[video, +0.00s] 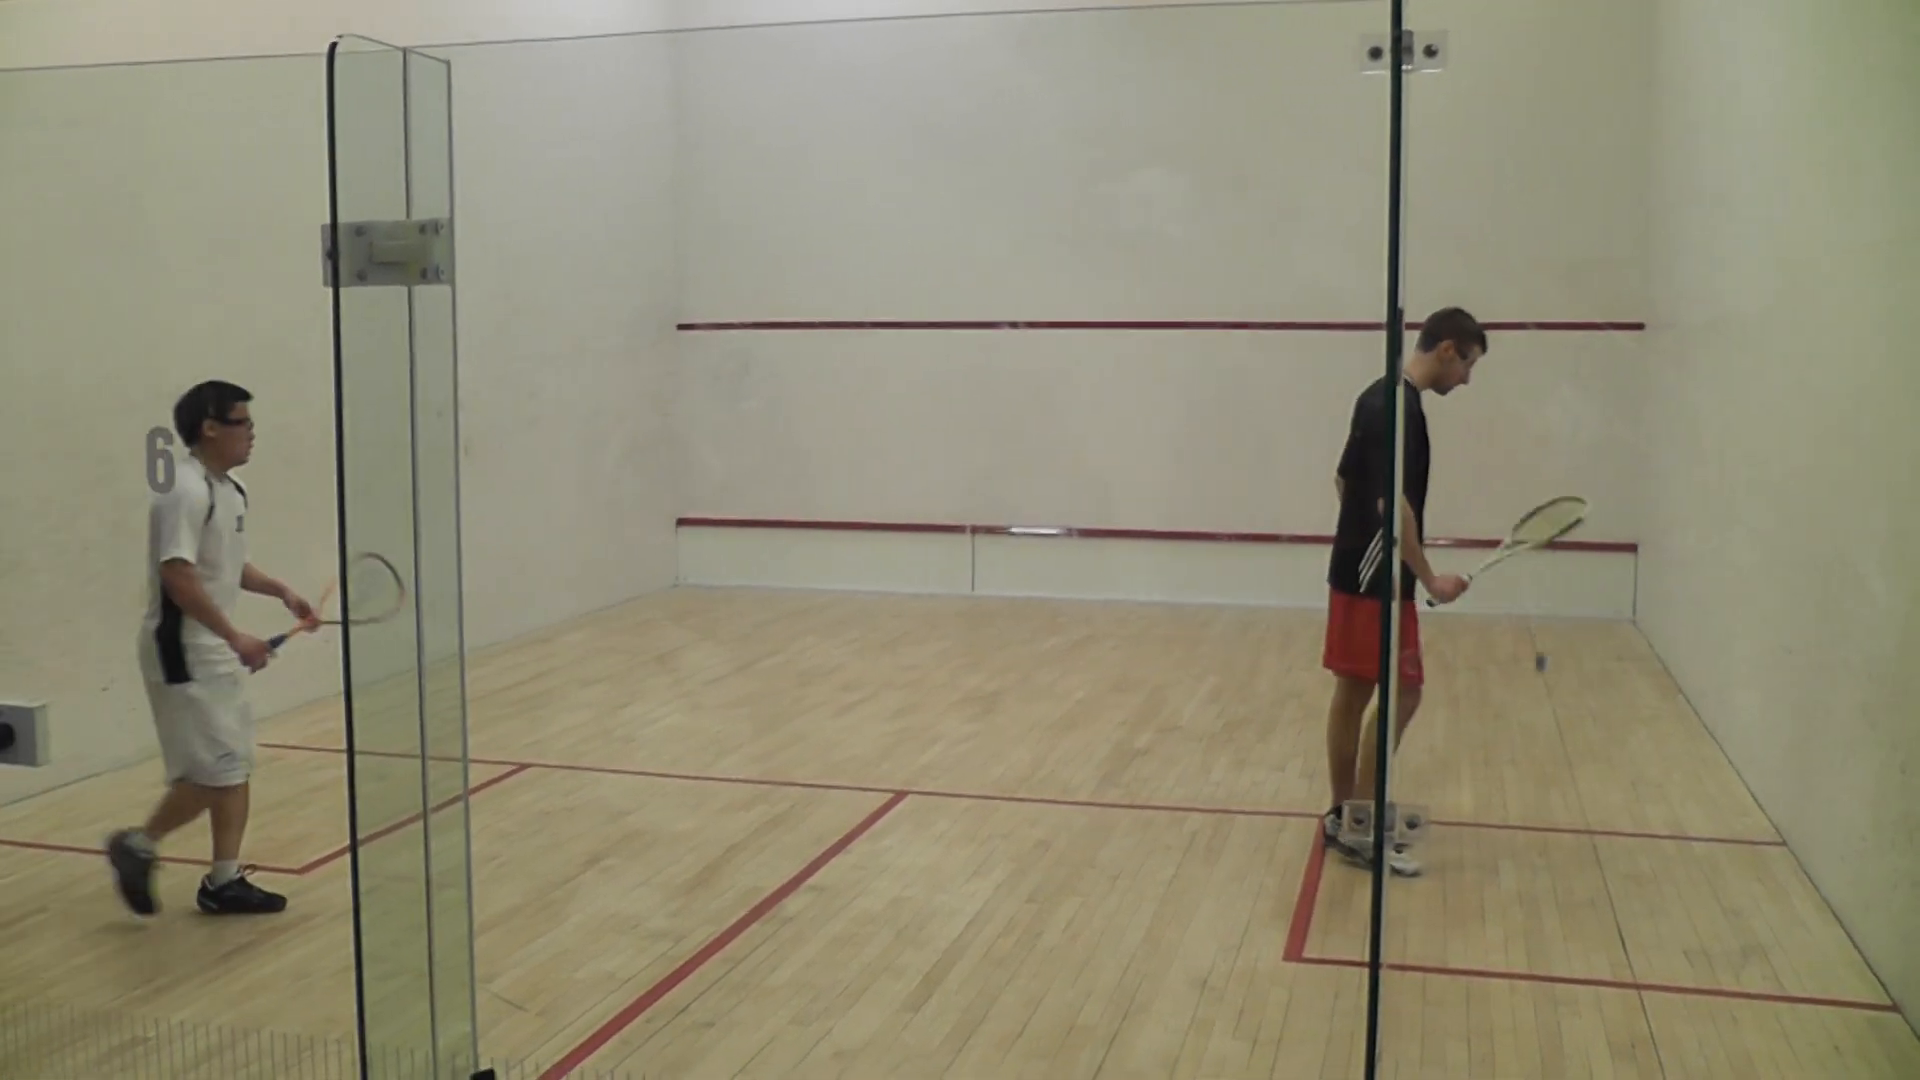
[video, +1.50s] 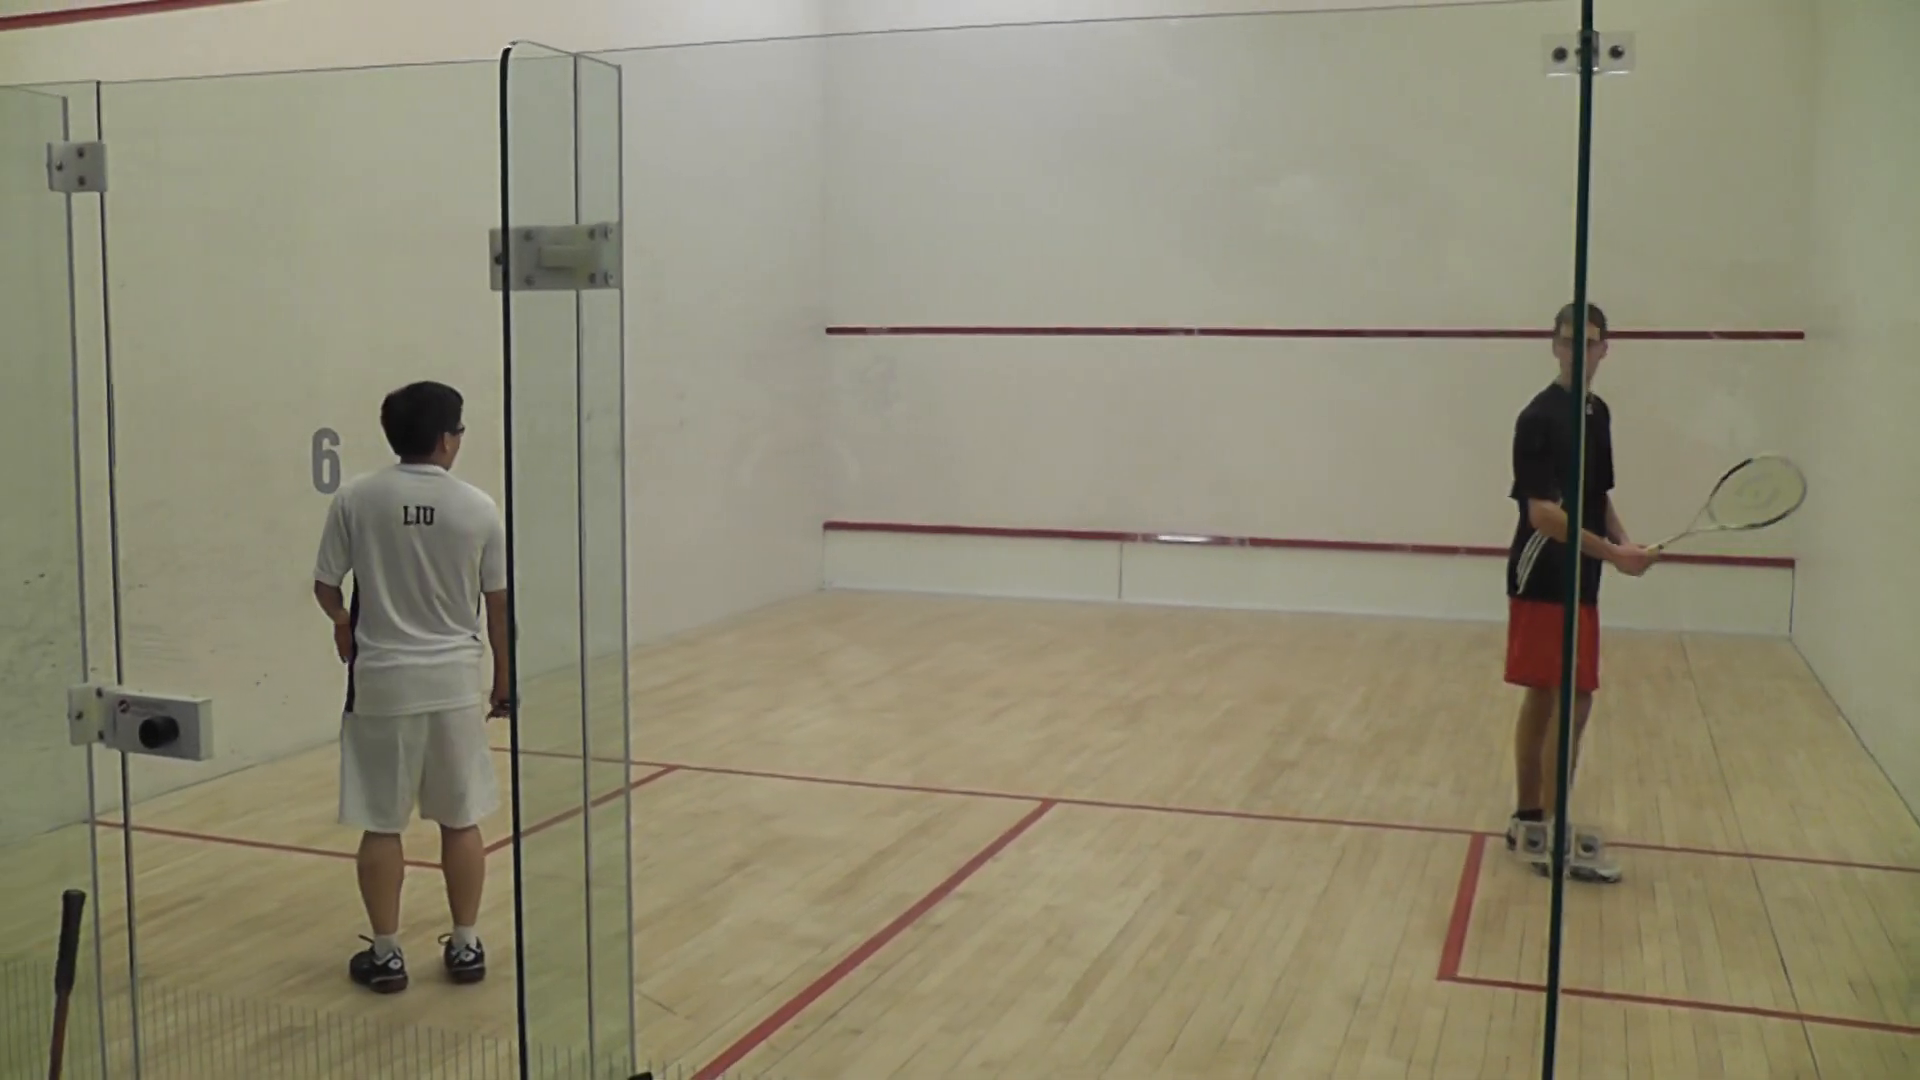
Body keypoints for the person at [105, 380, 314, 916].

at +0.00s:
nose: (251, 432)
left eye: (250, 422)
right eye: (240, 423)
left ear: (220, 431)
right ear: (206, 430)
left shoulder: (230, 491)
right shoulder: (184, 488)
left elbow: (227, 567)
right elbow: (177, 577)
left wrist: (283, 592)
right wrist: (235, 637)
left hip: (216, 643)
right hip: (181, 646)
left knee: (234, 762)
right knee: (212, 768)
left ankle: (224, 879)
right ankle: (137, 845)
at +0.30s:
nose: (323, 443)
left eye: (322, 432)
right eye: (316, 432)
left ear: (271, 438)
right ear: (285, 437)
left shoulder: (229, 489)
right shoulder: (301, 502)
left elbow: (209, 572)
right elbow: (313, 596)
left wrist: (266, 601)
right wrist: (343, 665)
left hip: (218, 662)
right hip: (269, 668)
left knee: (249, 771)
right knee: (301, 787)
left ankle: (243, 880)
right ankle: (311, 914)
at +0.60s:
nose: (375, 445)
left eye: (373, 434)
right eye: (368, 436)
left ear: (314, 443)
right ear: (340, 443)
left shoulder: (265, 500)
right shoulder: (372, 506)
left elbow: (245, 586)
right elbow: (395, 599)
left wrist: (301, 607)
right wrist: (426, 675)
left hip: (286, 682)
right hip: (359, 680)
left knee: (297, 806)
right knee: (375, 796)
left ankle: (302, 923)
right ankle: (367, 916)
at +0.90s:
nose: (384, 446)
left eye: (382, 435)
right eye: (379, 436)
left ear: (321, 443)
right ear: (359, 441)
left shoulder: (280, 511)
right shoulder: (397, 507)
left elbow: (263, 602)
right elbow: (428, 599)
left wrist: (313, 621)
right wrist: (447, 671)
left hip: (319, 690)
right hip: (392, 682)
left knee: (328, 821)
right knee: (410, 807)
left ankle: (341, 954)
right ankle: (421, 925)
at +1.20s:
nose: (422, 441)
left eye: (420, 430)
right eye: (419, 432)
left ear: (356, 440)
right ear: (405, 440)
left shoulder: (319, 504)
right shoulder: (443, 505)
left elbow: (287, 583)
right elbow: (471, 594)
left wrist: (296, 634)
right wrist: (481, 666)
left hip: (349, 697)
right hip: (424, 692)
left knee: (356, 825)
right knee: (436, 818)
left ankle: (368, 955)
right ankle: (448, 945)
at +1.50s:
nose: (462, 440)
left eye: (461, 430)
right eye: (459, 431)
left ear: (393, 438)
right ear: (445, 439)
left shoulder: (355, 498)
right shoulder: (477, 507)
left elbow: (324, 583)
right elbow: (498, 604)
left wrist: (342, 622)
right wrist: (504, 678)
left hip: (380, 692)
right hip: (456, 688)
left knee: (380, 823)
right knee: (460, 819)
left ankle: (386, 954)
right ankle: (465, 945)